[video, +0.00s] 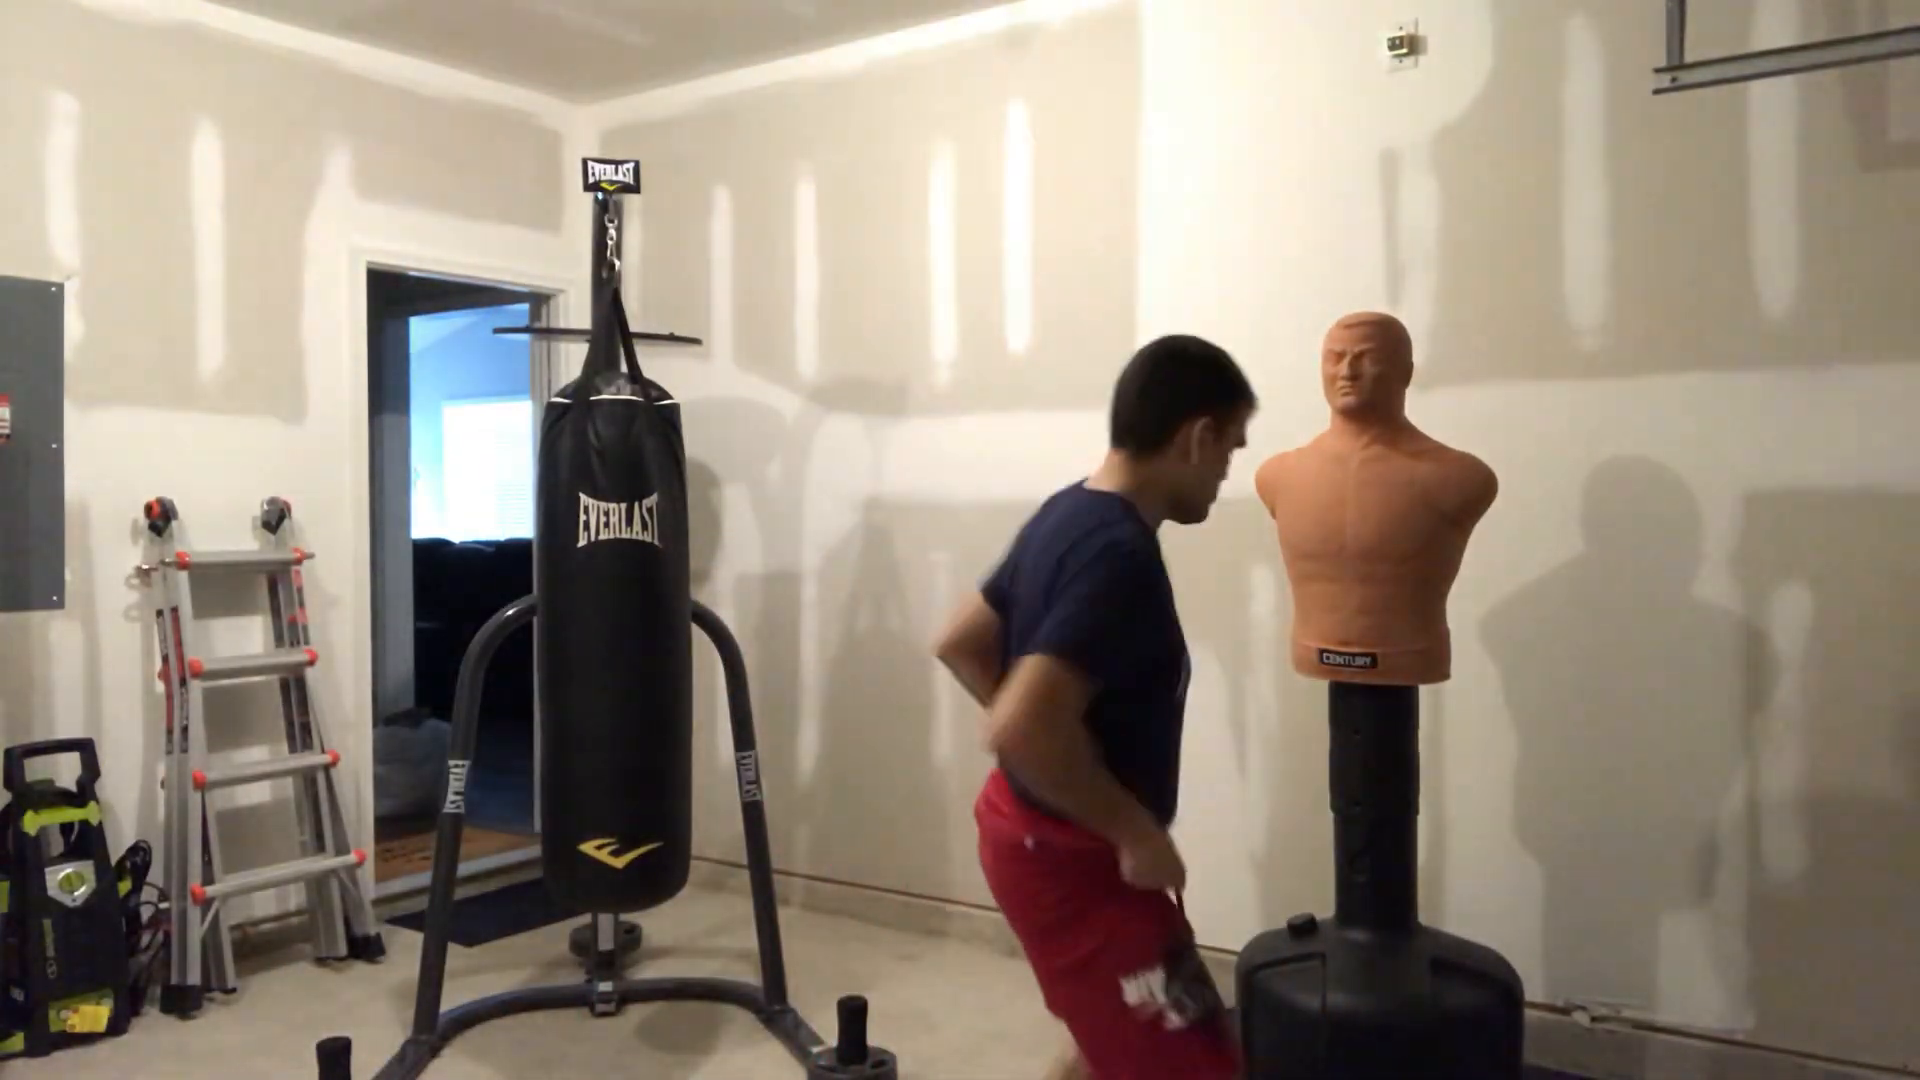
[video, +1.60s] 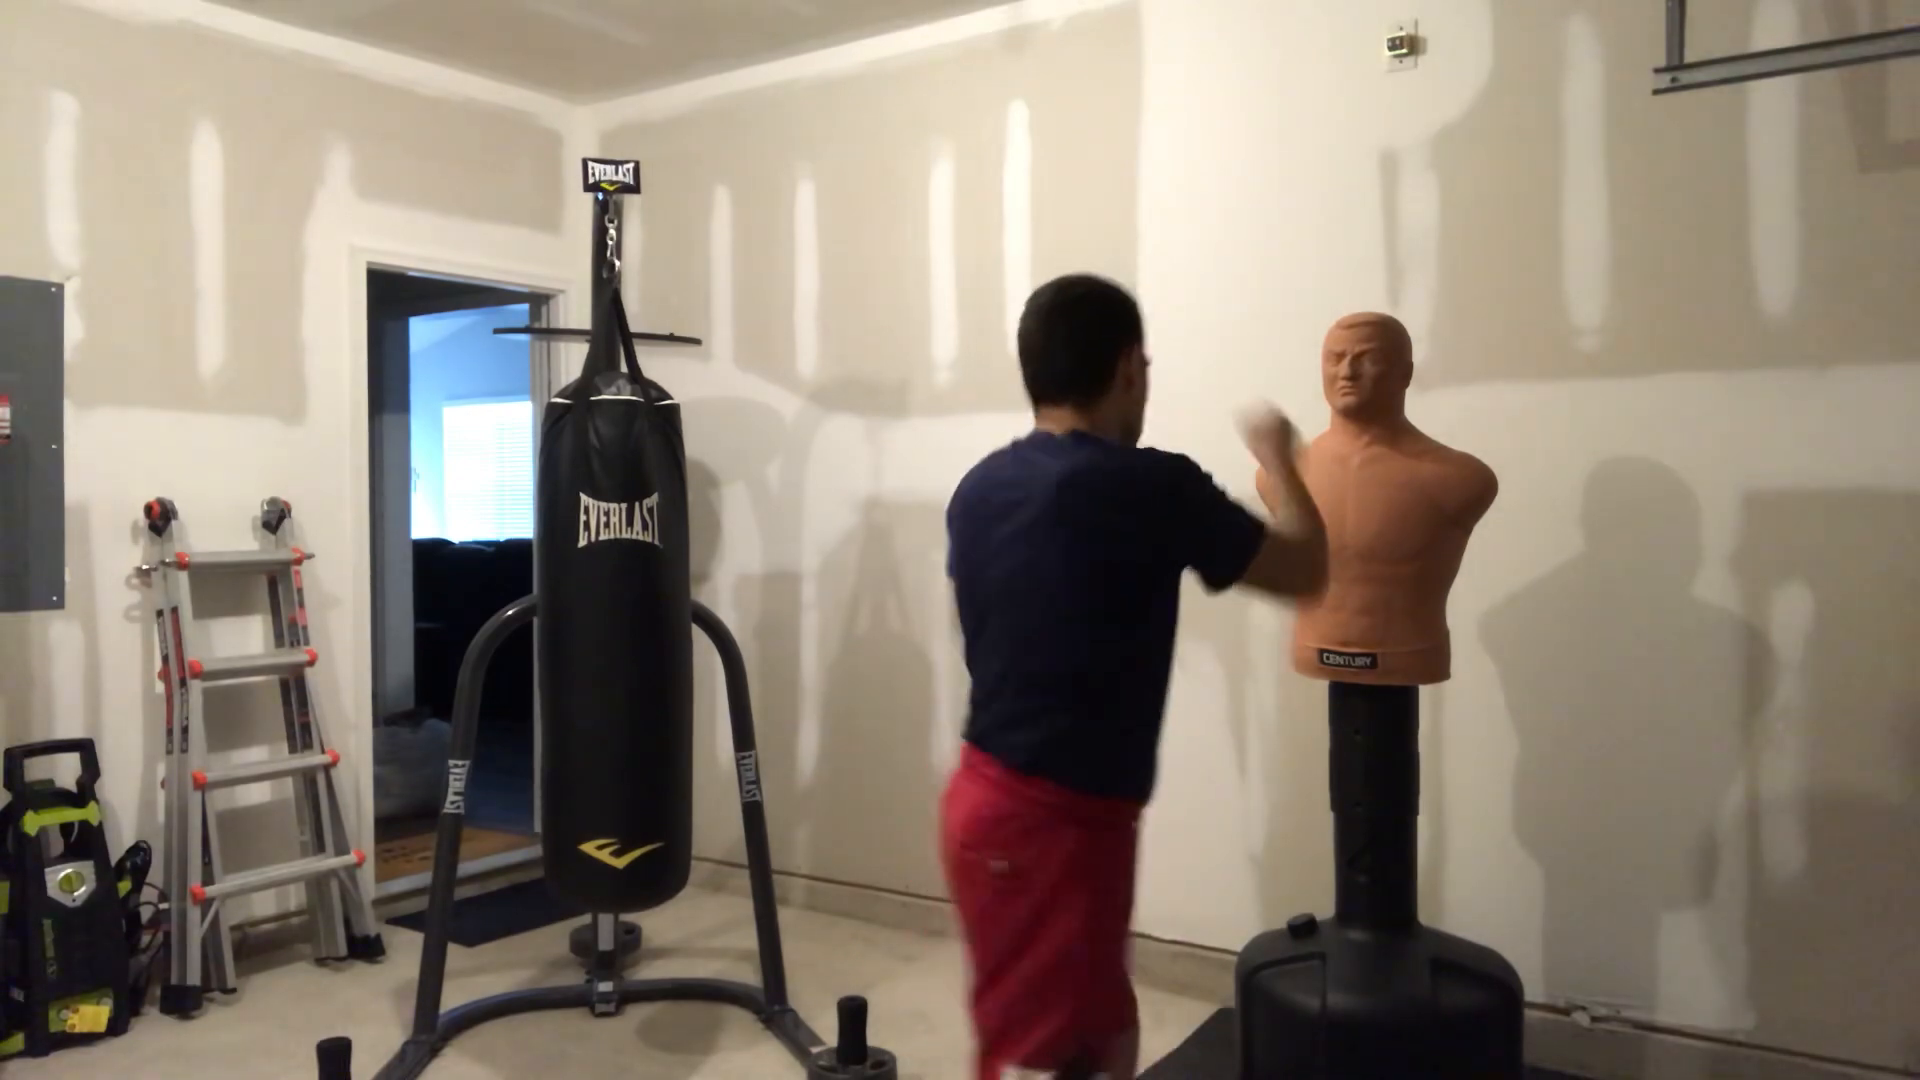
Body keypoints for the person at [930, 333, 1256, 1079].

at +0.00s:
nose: (1231, 469)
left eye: (1236, 448)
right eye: (1232, 445)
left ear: (1135, 425)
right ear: (1196, 436)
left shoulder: (1069, 511)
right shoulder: (1118, 546)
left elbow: (963, 645)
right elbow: (1027, 729)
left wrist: (1044, 737)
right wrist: (1134, 831)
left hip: (1031, 833)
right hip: (1076, 855)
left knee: (1114, 1045)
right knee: (1189, 1060)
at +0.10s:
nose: (1213, 404)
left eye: (1215, 383)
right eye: (1210, 380)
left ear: (1122, 373)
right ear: (1177, 379)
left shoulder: (1082, 476)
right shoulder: (1093, 490)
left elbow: (978, 652)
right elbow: (992, 668)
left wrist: (1110, 753)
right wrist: (1122, 777)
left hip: (1061, 795)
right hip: (1075, 804)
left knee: (1089, 1026)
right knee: (1165, 1050)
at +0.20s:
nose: (1198, 338)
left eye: (1199, 315)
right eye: (1193, 313)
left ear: (1104, 309)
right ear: (1156, 313)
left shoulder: (1068, 408)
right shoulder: (1089, 418)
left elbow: (1001, 575)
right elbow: (992, 583)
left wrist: (1129, 678)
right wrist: (1131, 681)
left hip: (1062, 726)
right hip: (1075, 734)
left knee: (1073, 985)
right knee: (1142, 1016)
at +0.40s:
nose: (1165, 397)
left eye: (1161, 377)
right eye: (1157, 377)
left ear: (1069, 386)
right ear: (1126, 382)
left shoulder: (1050, 480)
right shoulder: (1072, 492)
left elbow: (1062, 612)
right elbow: (1047, 677)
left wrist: (1169, 606)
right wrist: (1213, 686)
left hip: (1055, 776)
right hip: (1070, 789)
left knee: (1083, 1034)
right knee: (1116, 1042)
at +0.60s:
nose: (1156, 379)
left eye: (1156, 357)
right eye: (1154, 356)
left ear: (1051, 361)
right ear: (1126, 354)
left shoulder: (1030, 470)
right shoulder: (1078, 479)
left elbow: (1056, 612)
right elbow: (1128, 685)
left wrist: (1169, 572)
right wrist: (1269, 593)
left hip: (1020, 806)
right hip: (1052, 819)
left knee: (1088, 1052)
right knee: (1101, 1058)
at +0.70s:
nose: (1153, 331)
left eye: (1153, 308)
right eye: (1151, 307)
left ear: (1047, 306)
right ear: (1119, 303)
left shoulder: (1017, 401)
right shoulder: (1084, 404)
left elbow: (1073, 566)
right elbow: (1173, 593)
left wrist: (1182, 492)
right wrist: (1260, 501)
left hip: (1008, 737)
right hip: (1047, 750)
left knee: (1057, 1030)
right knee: (1083, 1039)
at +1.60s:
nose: (1148, 380)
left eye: (1144, 363)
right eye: (1144, 362)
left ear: (1032, 372)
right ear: (1127, 367)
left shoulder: (979, 489)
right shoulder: (1152, 486)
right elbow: (1304, 568)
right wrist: (1280, 461)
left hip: (980, 809)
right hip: (1069, 828)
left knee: (1106, 1041)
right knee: (1055, 1053)